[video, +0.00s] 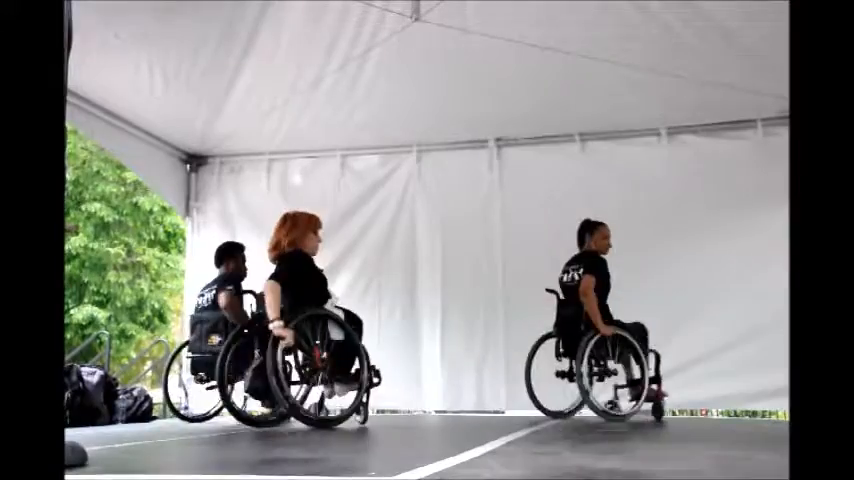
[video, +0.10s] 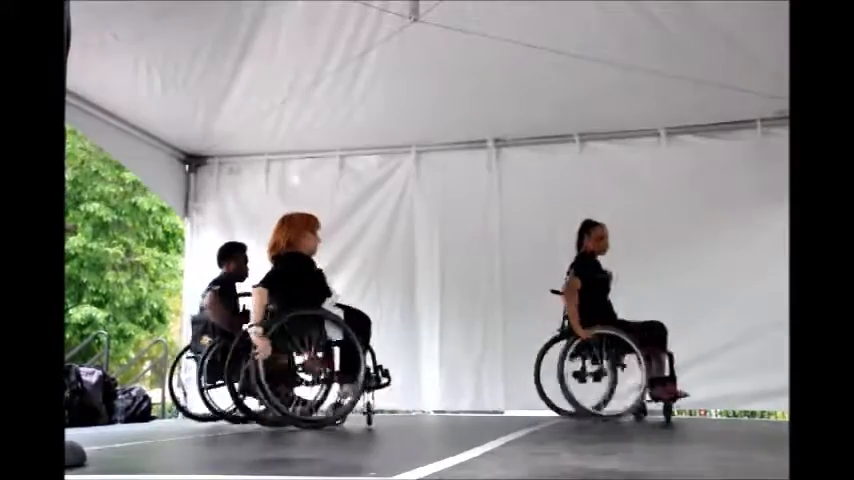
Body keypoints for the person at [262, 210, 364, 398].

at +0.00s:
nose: (319, 239)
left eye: (318, 233)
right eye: (314, 233)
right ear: (299, 235)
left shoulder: (304, 261)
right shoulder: (293, 259)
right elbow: (271, 286)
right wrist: (276, 322)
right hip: (305, 319)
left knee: (351, 322)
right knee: (353, 323)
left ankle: (337, 375)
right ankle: (340, 376)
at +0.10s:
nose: (319, 239)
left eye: (317, 233)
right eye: (314, 233)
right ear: (299, 236)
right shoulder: (295, 263)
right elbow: (261, 289)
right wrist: (256, 330)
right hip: (300, 328)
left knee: (356, 318)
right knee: (359, 321)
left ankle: (351, 376)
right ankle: (351, 379)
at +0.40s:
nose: (322, 236)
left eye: (320, 231)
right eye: (316, 231)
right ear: (300, 235)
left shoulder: (318, 265)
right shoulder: (282, 262)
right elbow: (251, 301)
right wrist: (275, 320)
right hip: (296, 327)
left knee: (369, 319)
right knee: (365, 323)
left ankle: (365, 372)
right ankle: (361, 376)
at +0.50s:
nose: (324, 236)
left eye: (323, 231)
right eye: (319, 230)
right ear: (302, 234)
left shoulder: (322, 265)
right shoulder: (282, 263)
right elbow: (258, 304)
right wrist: (287, 309)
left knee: (371, 317)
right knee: (364, 321)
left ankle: (369, 370)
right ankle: (361, 373)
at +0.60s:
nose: (328, 235)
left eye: (327, 230)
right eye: (323, 229)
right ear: (306, 233)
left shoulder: (325, 263)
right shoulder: (285, 261)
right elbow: (262, 303)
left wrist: (375, 336)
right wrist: (292, 306)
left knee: (368, 314)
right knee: (356, 316)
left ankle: (373, 371)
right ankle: (363, 373)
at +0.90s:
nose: (338, 230)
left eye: (338, 226)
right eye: (334, 226)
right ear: (317, 228)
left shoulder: (342, 260)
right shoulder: (292, 256)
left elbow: (363, 295)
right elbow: (274, 298)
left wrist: (389, 327)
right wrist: (297, 304)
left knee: (369, 305)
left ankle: (380, 367)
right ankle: (369, 368)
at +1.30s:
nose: (354, 226)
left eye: (353, 222)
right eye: (349, 222)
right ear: (330, 224)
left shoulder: (354, 255)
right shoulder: (308, 250)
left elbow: (379, 287)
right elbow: (301, 292)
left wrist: (412, 316)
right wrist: (322, 304)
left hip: (369, 303)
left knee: (391, 307)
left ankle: (399, 363)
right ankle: (390, 364)